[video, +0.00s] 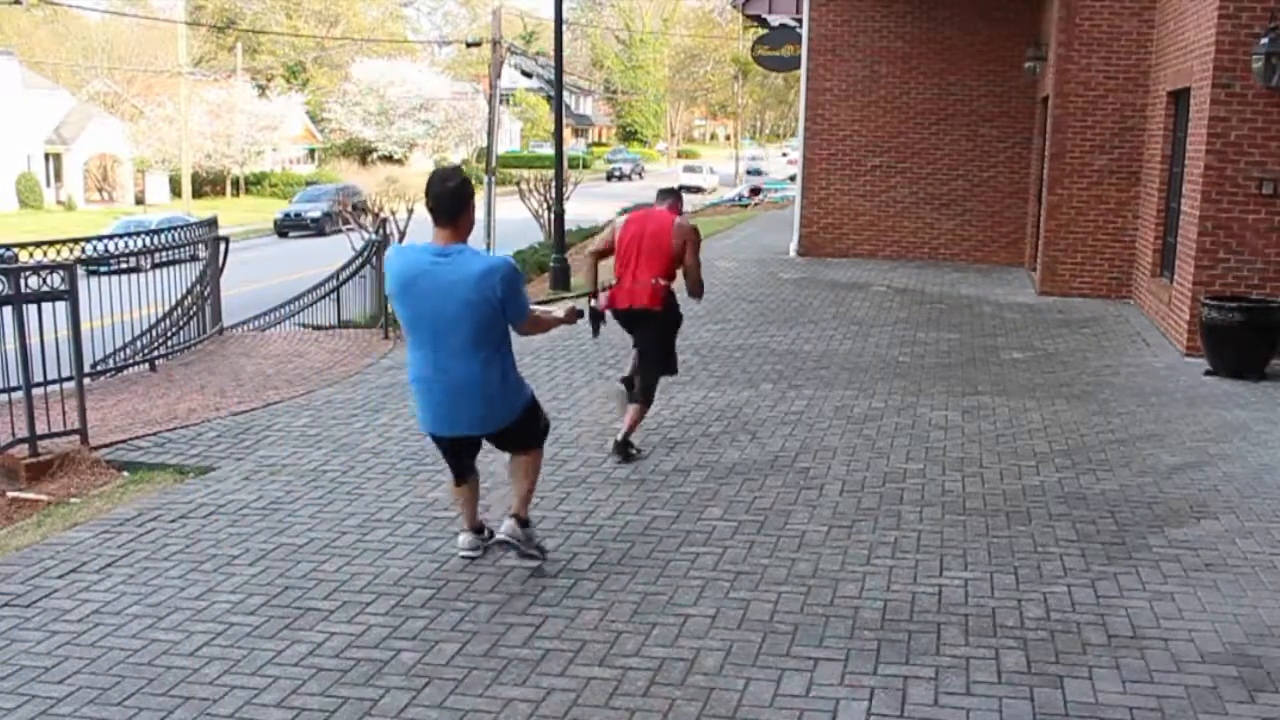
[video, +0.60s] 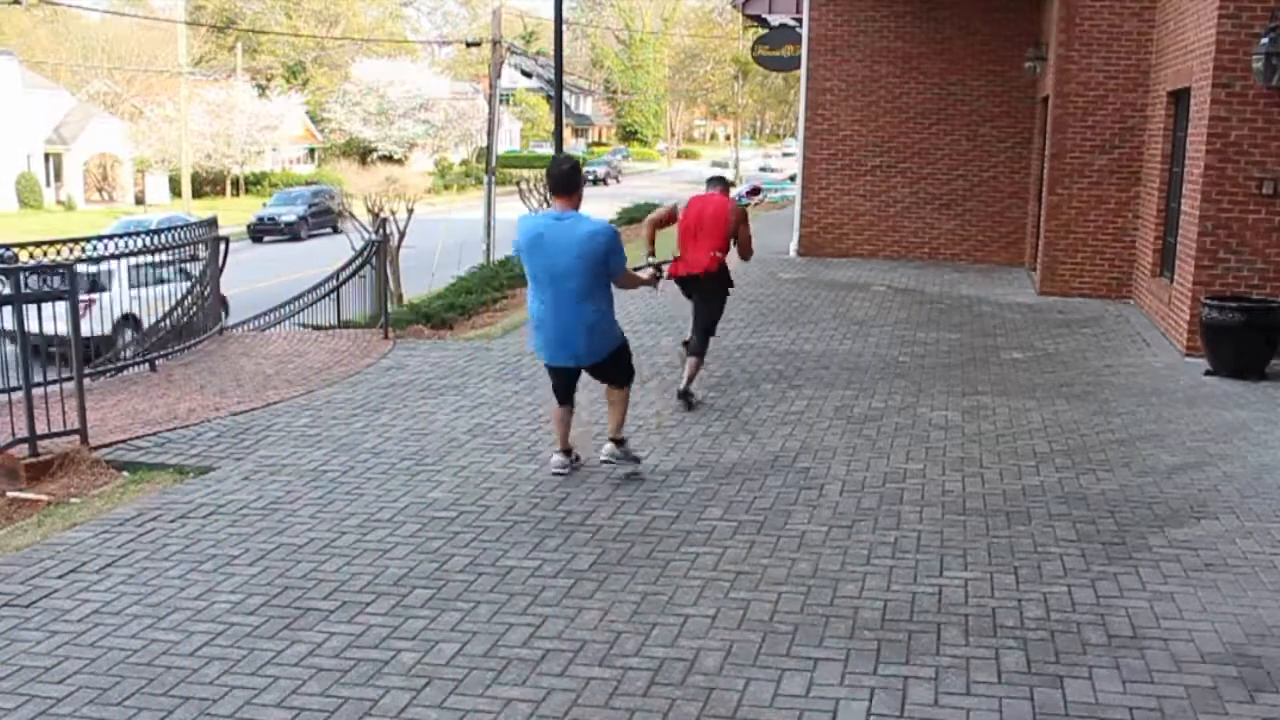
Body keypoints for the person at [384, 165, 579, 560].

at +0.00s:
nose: (473, 212)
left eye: (469, 206)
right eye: (473, 206)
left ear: (429, 210)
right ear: (470, 212)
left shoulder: (398, 264)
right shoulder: (496, 271)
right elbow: (525, 323)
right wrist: (561, 319)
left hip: (436, 408)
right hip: (494, 402)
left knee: (461, 468)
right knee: (531, 435)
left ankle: (471, 531)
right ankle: (518, 520)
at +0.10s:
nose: (495, 207)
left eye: (491, 201)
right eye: (494, 201)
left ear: (452, 206)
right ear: (492, 205)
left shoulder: (421, 257)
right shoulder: (514, 264)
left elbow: (429, 308)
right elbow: (538, 316)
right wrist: (566, 317)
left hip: (455, 398)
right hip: (510, 393)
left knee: (472, 455)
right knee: (548, 433)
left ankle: (471, 529)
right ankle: (556, 504)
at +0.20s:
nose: (521, 200)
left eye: (518, 195)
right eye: (520, 195)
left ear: (479, 199)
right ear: (518, 200)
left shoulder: (451, 240)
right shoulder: (539, 255)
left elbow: (448, 278)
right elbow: (556, 303)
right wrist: (577, 299)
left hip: (475, 380)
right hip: (529, 379)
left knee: (483, 443)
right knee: (557, 434)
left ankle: (474, 508)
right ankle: (575, 493)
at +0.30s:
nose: (545, 200)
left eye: (539, 195)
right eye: (544, 195)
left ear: (504, 199)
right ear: (541, 200)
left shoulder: (476, 241)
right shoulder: (563, 252)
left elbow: (480, 281)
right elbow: (577, 297)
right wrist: (594, 288)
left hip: (498, 366)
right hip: (550, 370)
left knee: (508, 409)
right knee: (574, 432)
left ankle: (492, 469)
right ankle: (576, 491)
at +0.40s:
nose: (563, 191)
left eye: (560, 186)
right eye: (561, 186)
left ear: (520, 192)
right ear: (554, 192)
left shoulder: (494, 234)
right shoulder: (578, 240)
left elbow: (501, 278)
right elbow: (598, 286)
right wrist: (618, 284)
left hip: (519, 352)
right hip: (567, 356)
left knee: (531, 402)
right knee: (585, 420)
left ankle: (528, 469)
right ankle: (576, 486)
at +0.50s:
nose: (567, 183)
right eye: (566, 178)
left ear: (531, 185)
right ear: (566, 182)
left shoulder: (508, 225)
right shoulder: (590, 228)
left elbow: (517, 269)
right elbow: (612, 274)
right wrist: (636, 279)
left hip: (536, 344)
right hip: (584, 341)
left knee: (549, 404)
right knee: (598, 396)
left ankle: (556, 456)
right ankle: (589, 447)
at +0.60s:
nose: (579, 188)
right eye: (580, 183)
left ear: (548, 189)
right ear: (581, 187)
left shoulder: (527, 228)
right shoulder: (601, 232)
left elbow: (528, 267)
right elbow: (621, 279)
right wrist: (647, 279)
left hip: (551, 338)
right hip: (596, 335)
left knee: (562, 398)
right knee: (620, 377)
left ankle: (561, 453)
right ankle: (615, 441)